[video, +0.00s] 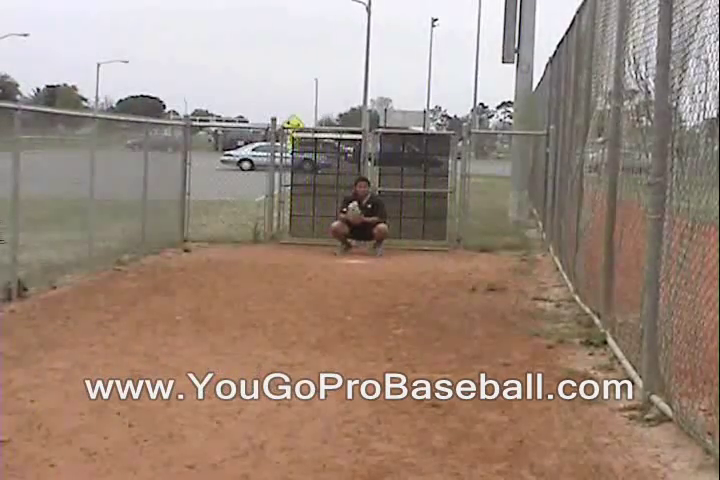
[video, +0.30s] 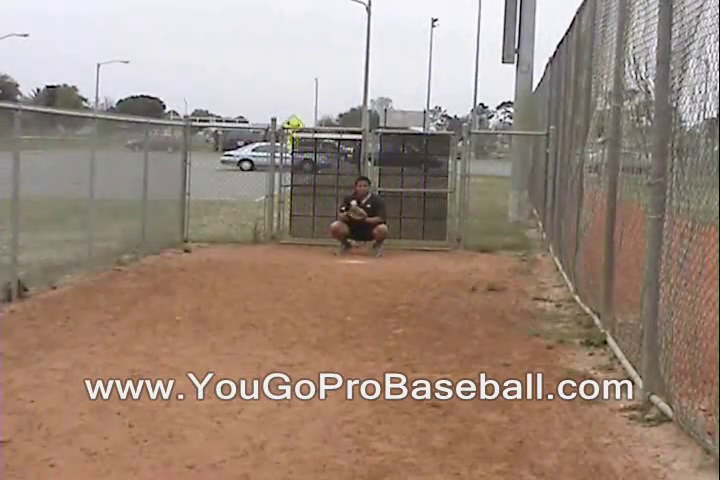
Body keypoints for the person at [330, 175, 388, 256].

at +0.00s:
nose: (362, 190)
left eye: (365, 187)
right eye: (360, 187)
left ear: (368, 189)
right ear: (355, 188)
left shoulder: (376, 201)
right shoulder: (348, 200)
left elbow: (381, 218)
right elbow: (340, 215)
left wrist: (363, 219)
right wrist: (348, 218)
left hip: (369, 228)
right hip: (352, 227)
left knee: (382, 229)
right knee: (336, 227)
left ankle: (377, 245)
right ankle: (346, 245)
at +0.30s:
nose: (362, 189)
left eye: (364, 186)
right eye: (360, 186)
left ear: (368, 188)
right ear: (355, 187)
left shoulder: (376, 201)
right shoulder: (349, 199)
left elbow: (381, 218)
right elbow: (340, 215)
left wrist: (365, 219)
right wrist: (346, 216)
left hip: (368, 228)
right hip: (352, 227)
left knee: (382, 229)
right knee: (335, 227)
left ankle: (377, 245)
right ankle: (346, 244)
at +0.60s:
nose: (362, 188)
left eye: (365, 185)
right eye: (360, 185)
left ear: (369, 187)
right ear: (355, 186)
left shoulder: (375, 200)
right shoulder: (348, 198)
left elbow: (379, 217)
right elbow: (338, 213)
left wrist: (365, 220)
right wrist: (347, 218)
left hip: (367, 227)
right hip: (351, 226)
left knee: (381, 229)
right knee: (335, 227)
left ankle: (376, 246)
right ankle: (345, 244)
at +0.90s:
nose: (362, 187)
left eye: (365, 184)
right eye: (360, 184)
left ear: (369, 186)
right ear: (355, 186)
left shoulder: (375, 199)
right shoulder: (348, 198)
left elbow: (379, 216)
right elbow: (338, 213)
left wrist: (365, 220)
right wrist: (347, 218)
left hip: (367, 226)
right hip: (350, 226)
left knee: (380, 230)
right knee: (334, 227)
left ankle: (376, 245)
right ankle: (345, 244)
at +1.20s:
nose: (362, 187)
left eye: (365, 184)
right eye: (360, 184)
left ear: (368, 186)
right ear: (355, 186)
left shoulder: (375, 200)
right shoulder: (348, 198)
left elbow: (380, 218)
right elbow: (340, 215)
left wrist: (366, 219)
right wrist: (348, 218)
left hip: (366, 227)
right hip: (350, 226)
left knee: (380, 231)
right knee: (333, 228)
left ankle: (377, 245)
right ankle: (345, 244)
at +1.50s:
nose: (362, 187)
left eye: (365, 185)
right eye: (360, 185)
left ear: (368, 187)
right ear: (355, 186)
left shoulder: (374, 200)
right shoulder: (348, 198)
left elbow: (378, 217)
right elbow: (340, 214)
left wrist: (363, 219)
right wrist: (348, 218)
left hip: (366, 227)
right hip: (350, 226)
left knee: (379, 231)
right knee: (333, 228)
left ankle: (377, 245)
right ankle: (345, 245)